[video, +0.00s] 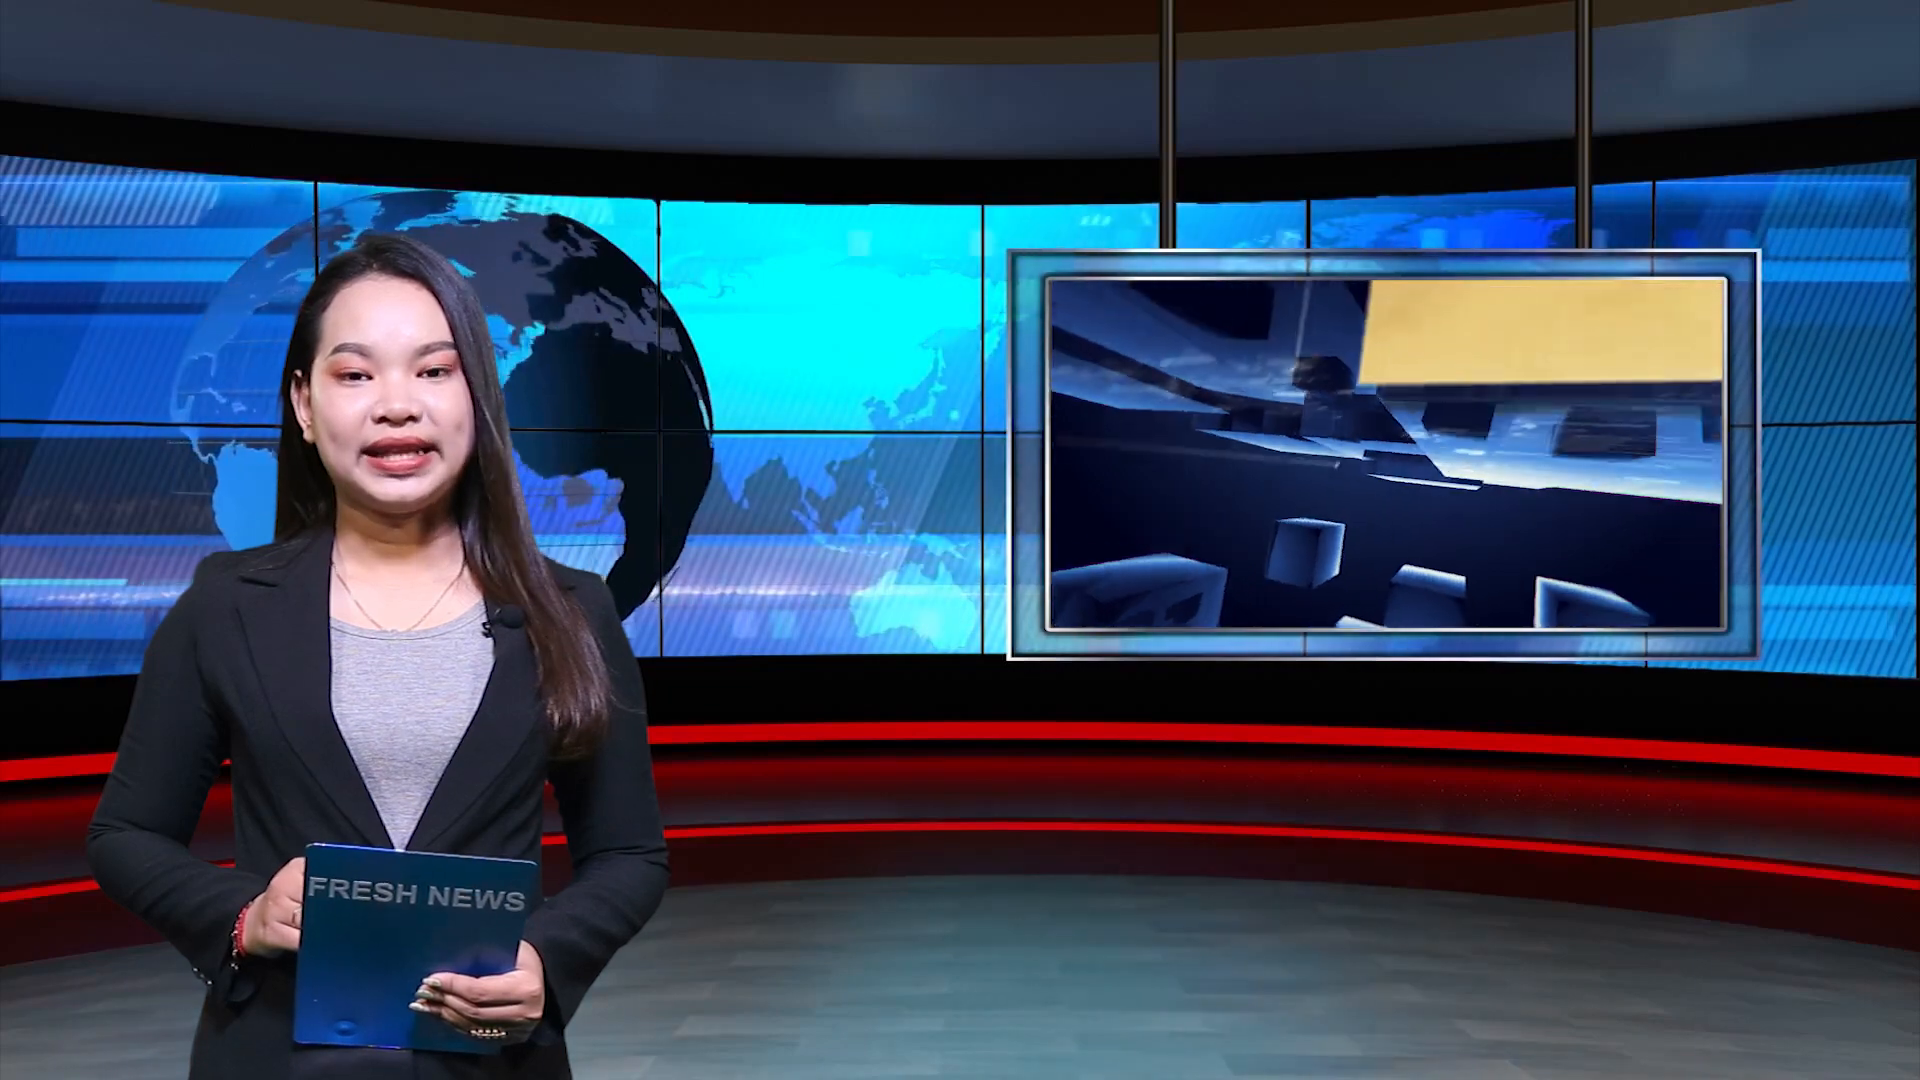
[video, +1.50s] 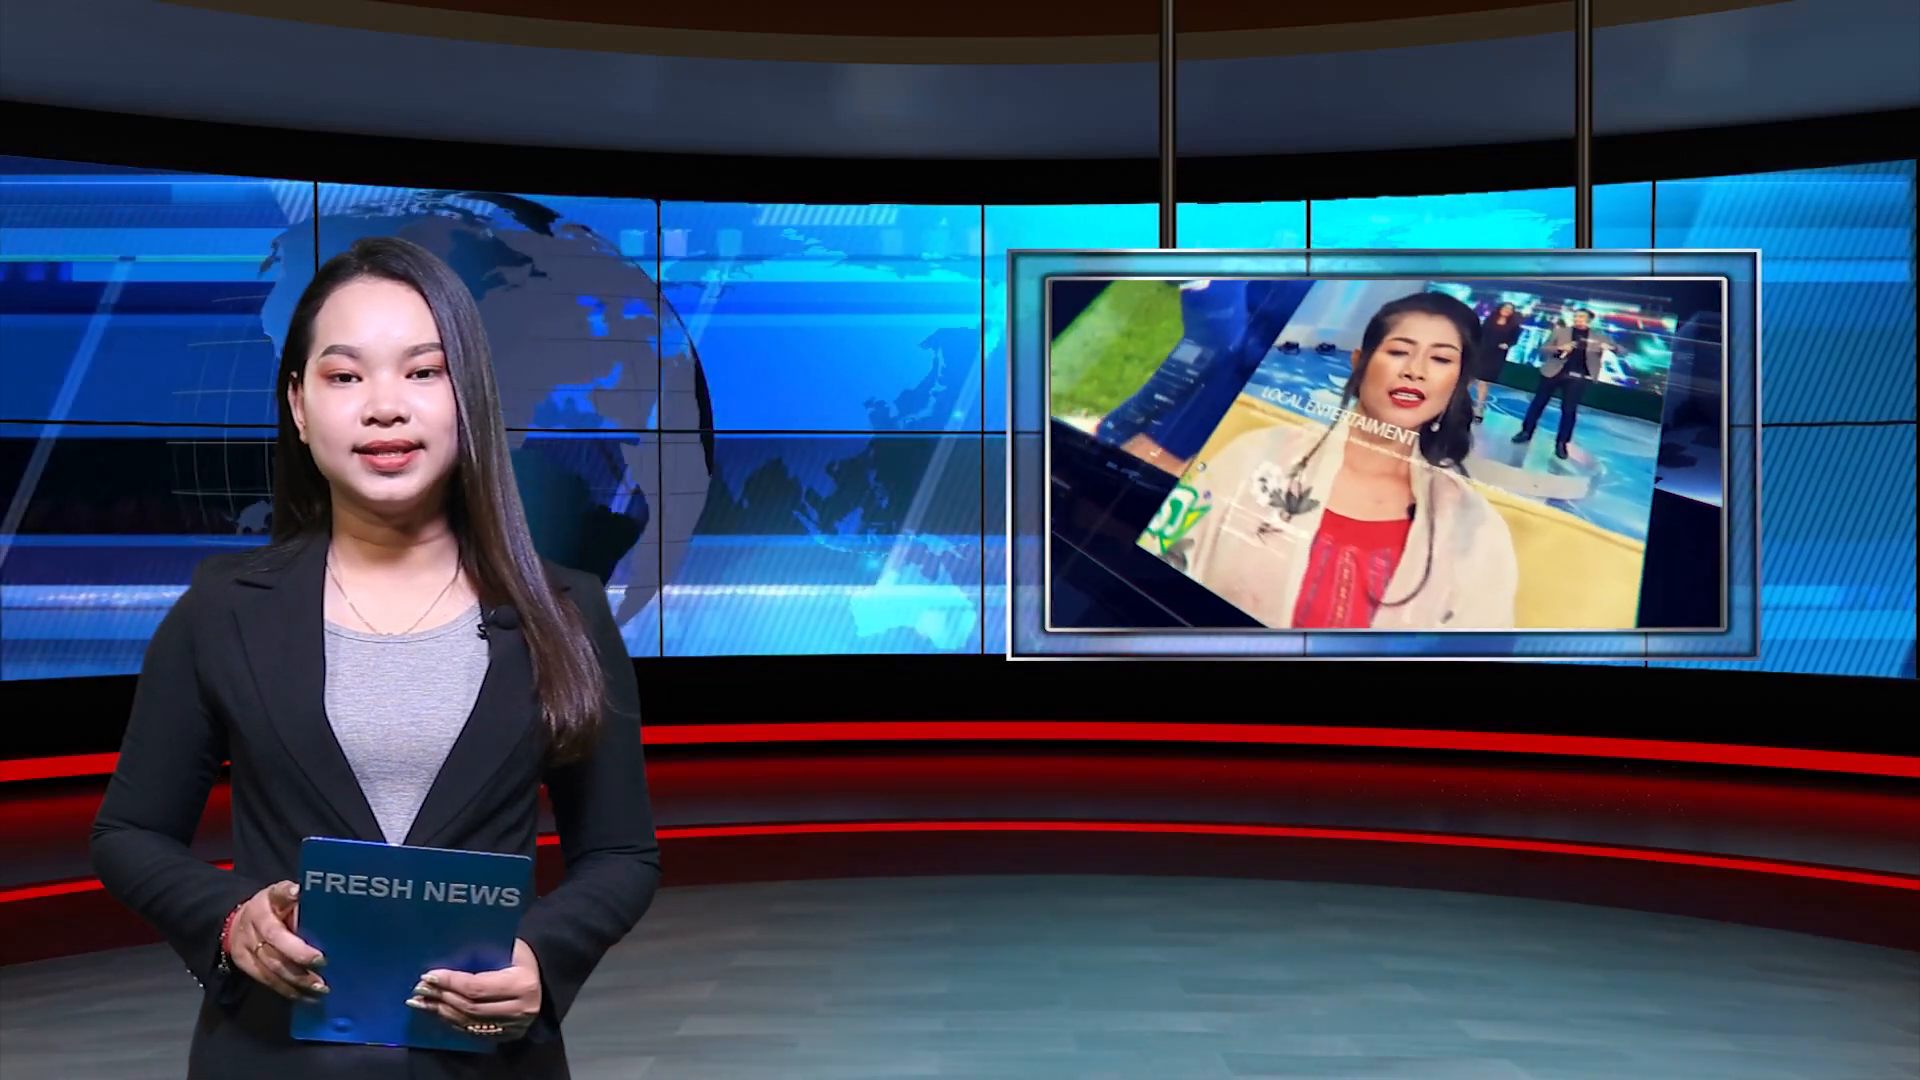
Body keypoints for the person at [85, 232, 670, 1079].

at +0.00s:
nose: (397, 404)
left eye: (431, 369)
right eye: (354, 373)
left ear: (476, 396)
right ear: (304, 405)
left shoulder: (568, 613)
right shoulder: (227, 608)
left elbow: (629, 856)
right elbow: (126, 836)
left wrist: (544, 964)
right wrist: (241, 911)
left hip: (493, 1050)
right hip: (276, 1053)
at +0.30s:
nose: (394, 407)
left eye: (429, 371)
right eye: (352, 374)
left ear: (474, 397)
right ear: (302, 406)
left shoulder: (566, 613)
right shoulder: (225, 608)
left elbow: (626, 856)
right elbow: (125, 836)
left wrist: (542, 964)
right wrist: (239, 911)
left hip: (490, 1050)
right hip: (274, 1053)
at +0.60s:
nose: (398, 409)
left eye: (433, 373)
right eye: (355, 376)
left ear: (473, 401)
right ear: (301, 406)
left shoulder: (562, 611)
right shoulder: (224, 609)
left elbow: (625, 855)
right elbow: (125, 832)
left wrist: (540, 961)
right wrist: (223, 904)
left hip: (490, 1051)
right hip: (274, 1054)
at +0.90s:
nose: (401, 408)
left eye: (434, 373)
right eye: (357, 376)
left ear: (474, 399)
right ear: (302, 405)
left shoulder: (563, 612)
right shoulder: (223, 614)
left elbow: (626, 855)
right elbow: (126, 833)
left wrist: (540, 960)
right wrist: (227, 917)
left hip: (491, 1052)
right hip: (275, 1055)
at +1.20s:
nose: (396, 404)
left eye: (430, 371)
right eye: (354, 373)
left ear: (471, 399)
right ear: (302, 406)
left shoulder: (562, 612)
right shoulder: (223, 612)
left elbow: (623, 855)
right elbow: (127, 833)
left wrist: (537, 960)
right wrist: (225, 917)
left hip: (488, 1050)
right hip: (274, 1053)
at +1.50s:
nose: (387, 405)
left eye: (422, 370)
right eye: (344, 374)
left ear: (469, 395)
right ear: (298, 407)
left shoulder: (561, 612)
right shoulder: (224, 612)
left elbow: (620, 854)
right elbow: (130, 835)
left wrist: (539, 960)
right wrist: (227, 915)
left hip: (489, 1051)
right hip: (275, 1054)